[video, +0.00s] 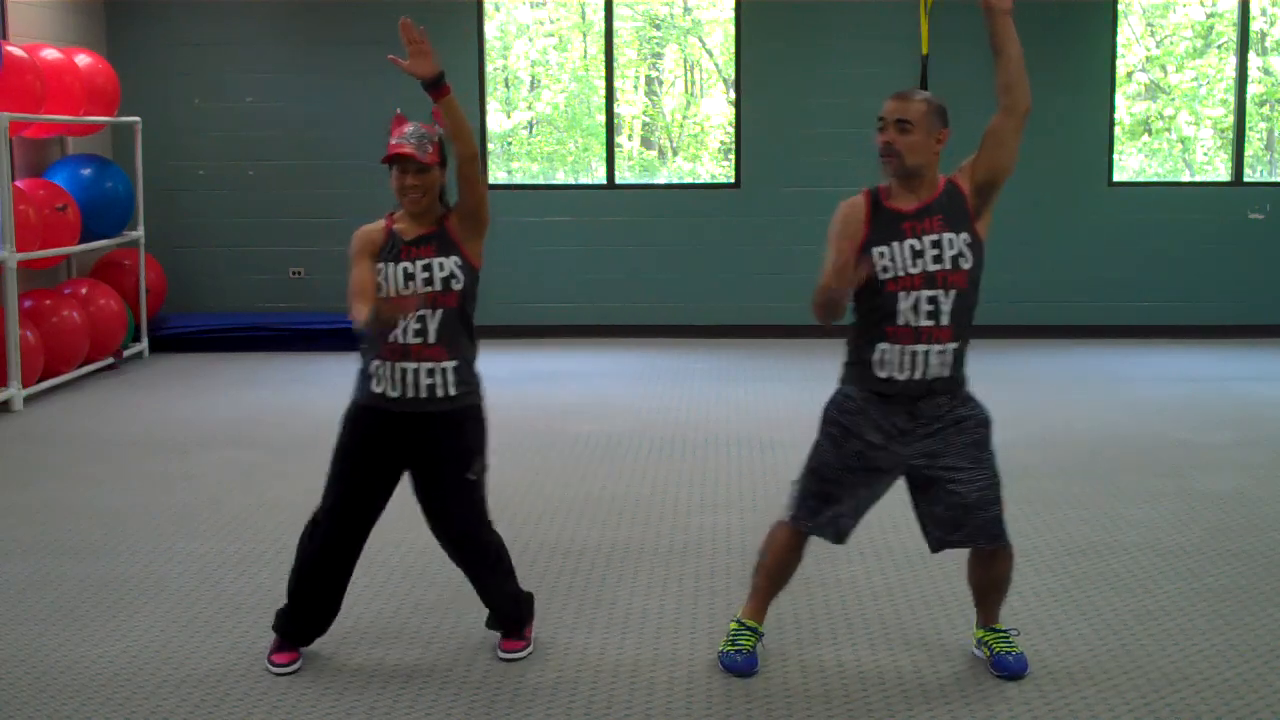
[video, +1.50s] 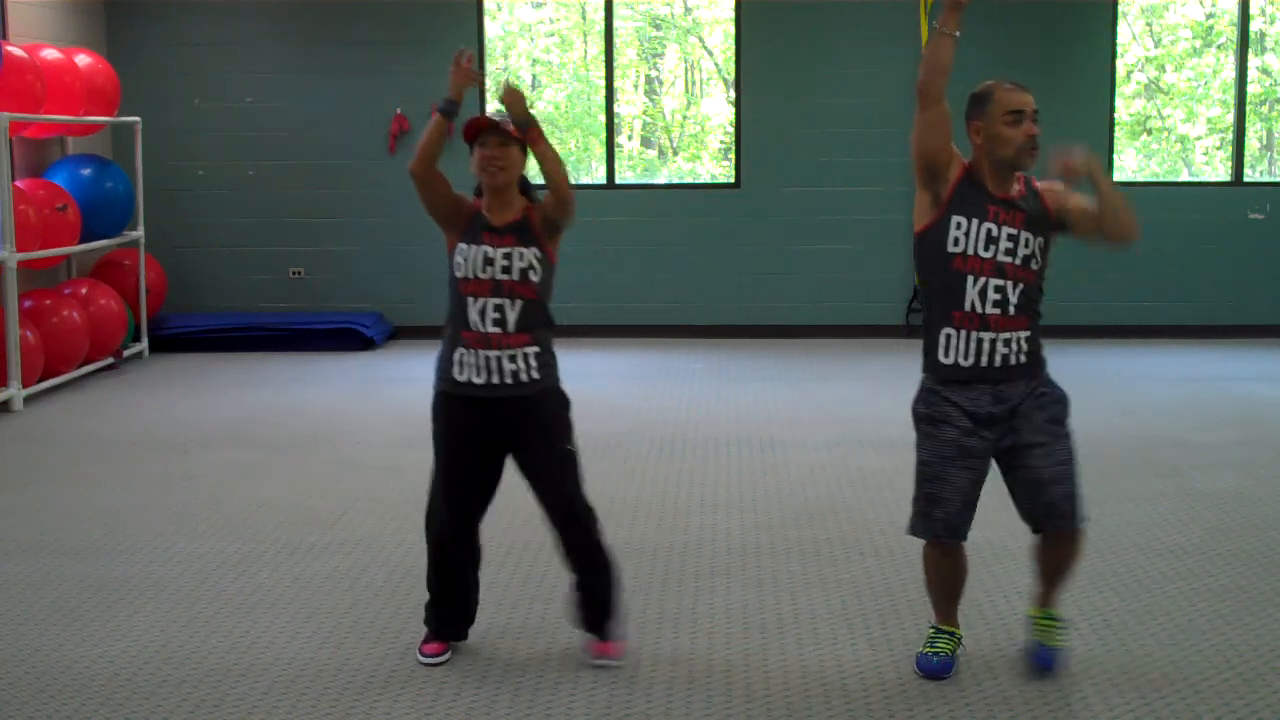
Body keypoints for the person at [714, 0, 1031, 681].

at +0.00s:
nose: (886, 139)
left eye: (901, 128)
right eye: (882, 128)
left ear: (939, 138)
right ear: (876, 137)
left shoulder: (971, 194)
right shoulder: (857, 213)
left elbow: (1015, 107)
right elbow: (824, 312)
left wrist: (1000, 13)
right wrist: (842, 283)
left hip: (945, 409)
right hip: (865, 408)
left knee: (990, 534)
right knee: (800, 519)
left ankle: (991, 630)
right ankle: (748, 623)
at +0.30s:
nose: (952, 116)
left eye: (965, 106)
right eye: (938, 106)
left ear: (983, 122)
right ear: (921, 123)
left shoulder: (1006, 174)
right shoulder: (902, 185)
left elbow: (1036, 83)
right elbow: (873, 122)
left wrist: (1017, 5)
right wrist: (908, 37)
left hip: (1013, 378)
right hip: (944, 383)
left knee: (1021, 520)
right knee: (957, 517)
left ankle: (994, 625)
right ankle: (931, 616)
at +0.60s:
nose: (984, 125)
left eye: (997, 114)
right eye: (971, 115)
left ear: (1013, 128)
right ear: (950, 129)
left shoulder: (1039, 182)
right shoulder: (935, 187)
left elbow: (1071, 90)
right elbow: (925, 104)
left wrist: (1016, 12)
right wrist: (968, 17)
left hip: (1009, 394)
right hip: (936, 391)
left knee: (998, 527)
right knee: (932, 524)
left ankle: (982, 624)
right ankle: (946, 625)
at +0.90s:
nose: (1051, 125)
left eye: (1052, 116)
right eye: (1036, 115)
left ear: (1047, 130)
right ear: (996, 129)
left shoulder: (1070, 177)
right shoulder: (961, 183)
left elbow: (1157, 144)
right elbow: (952, 83)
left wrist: (1242, 111)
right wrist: (987, 7)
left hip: (1057, 399)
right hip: (978, 402)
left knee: (1114, 519)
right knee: (959, 537)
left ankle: (1165, 623)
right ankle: (950, 626)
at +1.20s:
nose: (1078, 130)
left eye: (1077, 120)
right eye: (1064, 120)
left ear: (1060, 136)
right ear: (1020, 135)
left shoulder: (1093, 205)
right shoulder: (981, 191)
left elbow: (1126, 278)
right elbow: (962, 98)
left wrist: (1169, 337)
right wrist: (980, 13)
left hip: (1095, 397)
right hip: (1015, 406)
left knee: (1134, 519)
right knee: (995, 531)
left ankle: (1161, 628)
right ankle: (951, 622)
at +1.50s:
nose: (1030, 129)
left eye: (1034, 119)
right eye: (1015, 118)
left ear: (1036, 132)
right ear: (976, 130)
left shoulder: (1047, 200)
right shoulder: (942, 182)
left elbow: (1122, 231)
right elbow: (928, 94)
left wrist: (1096, 178)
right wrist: (948, 12)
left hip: (1027, 394)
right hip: (951, 397)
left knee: (1063, 522)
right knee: (942, 530)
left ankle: (1045, 610)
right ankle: (944, 628)